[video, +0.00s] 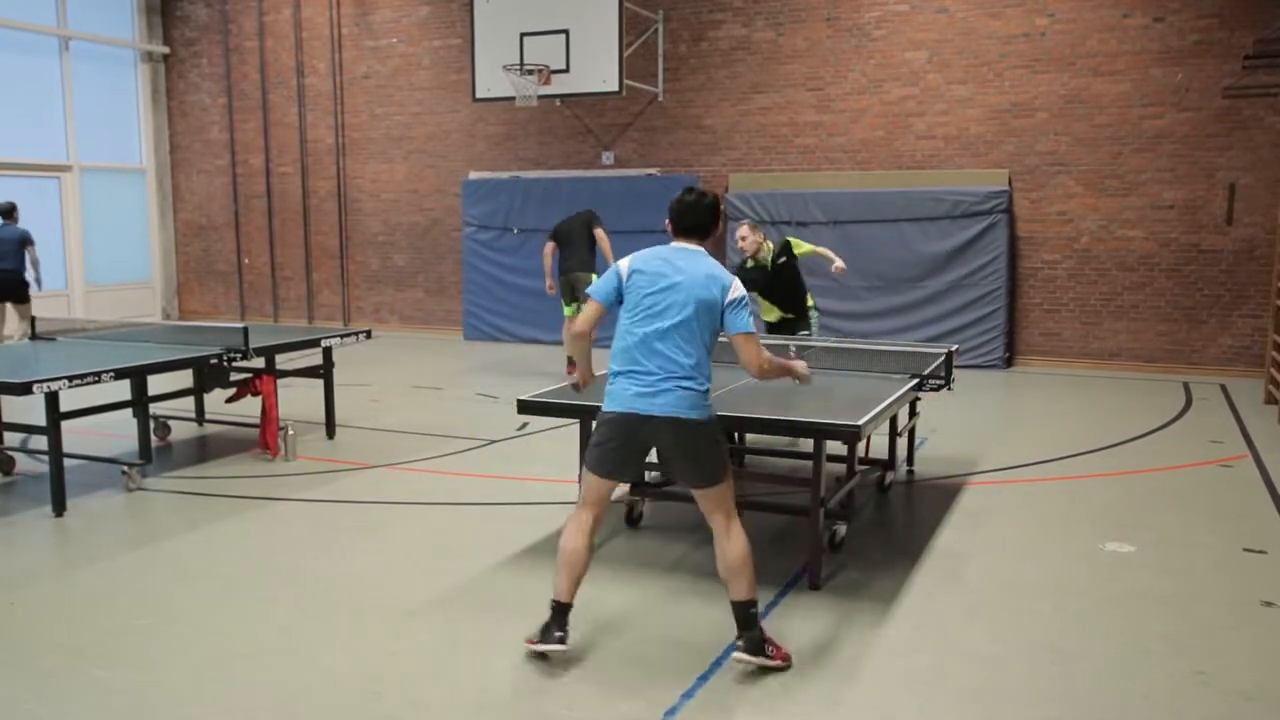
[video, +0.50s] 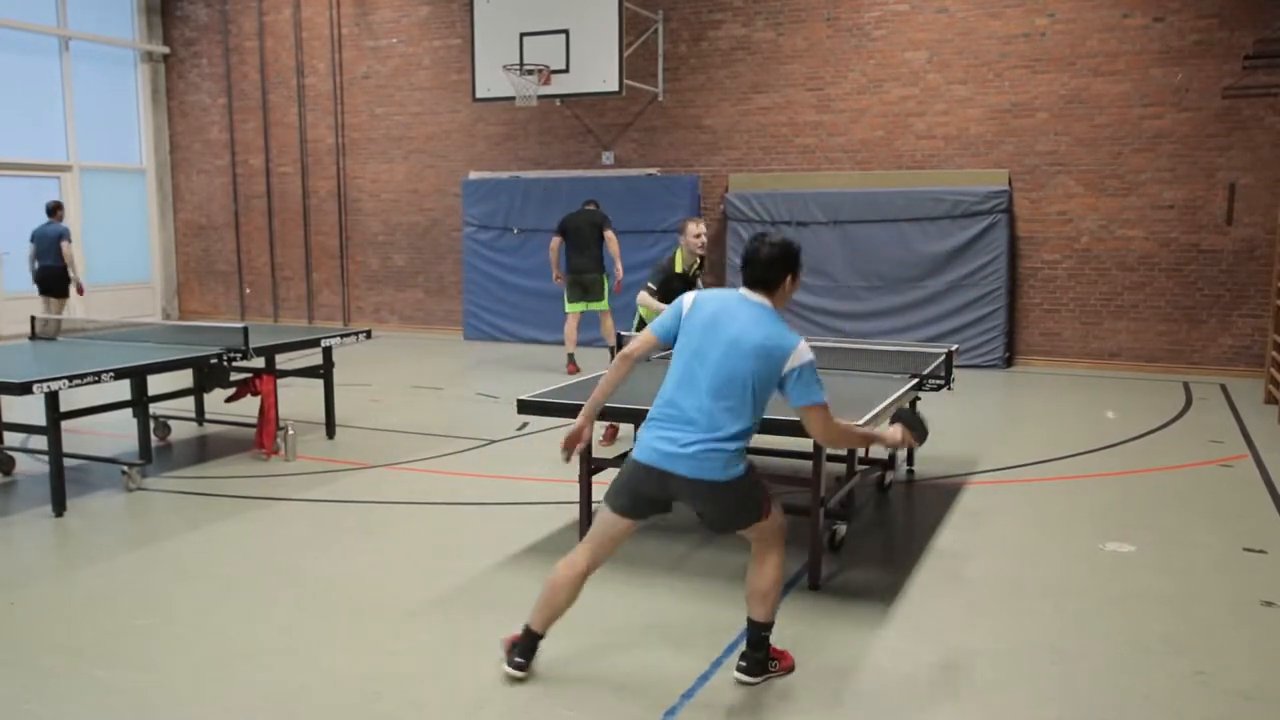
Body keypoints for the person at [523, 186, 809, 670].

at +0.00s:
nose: (725, 233)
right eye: (724, 227)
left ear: (670, 227)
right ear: (717, 230)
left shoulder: (631, 264)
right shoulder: (724, 282)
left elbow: (578, 329)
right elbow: (757, 365)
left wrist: (584, 373)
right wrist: (787, 367)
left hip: (623, 410)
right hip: (687, 416)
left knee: (587, 512)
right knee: (725, 520)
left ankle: (557, 624)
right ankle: (750, 636)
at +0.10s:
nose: (729, 263)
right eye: (731, 256)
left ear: (681, 253)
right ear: (725, 261)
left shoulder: (638, 292)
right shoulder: (724, 310)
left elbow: (586, 353)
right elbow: (767, 395)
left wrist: (593, 399)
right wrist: (838, 407)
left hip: (617, 446)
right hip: (680, 451)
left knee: (575, 538)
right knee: (736, 533)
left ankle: (510, 640)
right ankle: (750, 652)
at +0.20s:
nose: (749, 303)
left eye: (745, 293)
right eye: (749, 295)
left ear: (697, 290)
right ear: (742, 300)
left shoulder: (652, 329)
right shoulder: (726, 354)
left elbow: (596, 383)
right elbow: (781, 434)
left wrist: (591, 441)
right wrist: (857, 425)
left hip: (613, 477)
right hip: (675, 481)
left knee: (575, 559)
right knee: (747, 532)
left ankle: (508, 649)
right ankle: (752, 655)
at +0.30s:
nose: (766, 332)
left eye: (762, 324)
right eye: (765, 326)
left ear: (711, 323)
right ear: (753, 332)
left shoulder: (667, 350)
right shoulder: (745, 391)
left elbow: (603, 401)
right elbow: (823, 428)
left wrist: (582, 461)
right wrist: (888, 399)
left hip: (608, 496)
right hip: (667, 507)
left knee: (582, 567)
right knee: (755, 529)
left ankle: (510, 648)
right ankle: (754, 655)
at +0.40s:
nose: (779, 334)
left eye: (773, 326)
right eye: (779, 328)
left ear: (728, 317)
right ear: (770, 330)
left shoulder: (677, 343)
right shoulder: (760, 384)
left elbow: (610, 388)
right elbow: (836, 428)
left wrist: (577, 445)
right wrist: (897, 400)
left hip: (622, 493)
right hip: (684, 503)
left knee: (580, 561)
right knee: (766, 531)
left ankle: (507, 648)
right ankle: (754, 654)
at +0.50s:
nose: (799, 286)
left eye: (799, 279)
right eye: (799, 279)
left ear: (746, 274)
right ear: (788, 281)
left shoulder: (694, 302)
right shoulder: (787, 344)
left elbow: (629, 354)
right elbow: (825, 432)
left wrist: (586, 417)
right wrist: (881, 437)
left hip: (650, 459)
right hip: (717, 473)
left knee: (586, 554)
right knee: (769, 536)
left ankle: (524, 645)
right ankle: (756, 655)